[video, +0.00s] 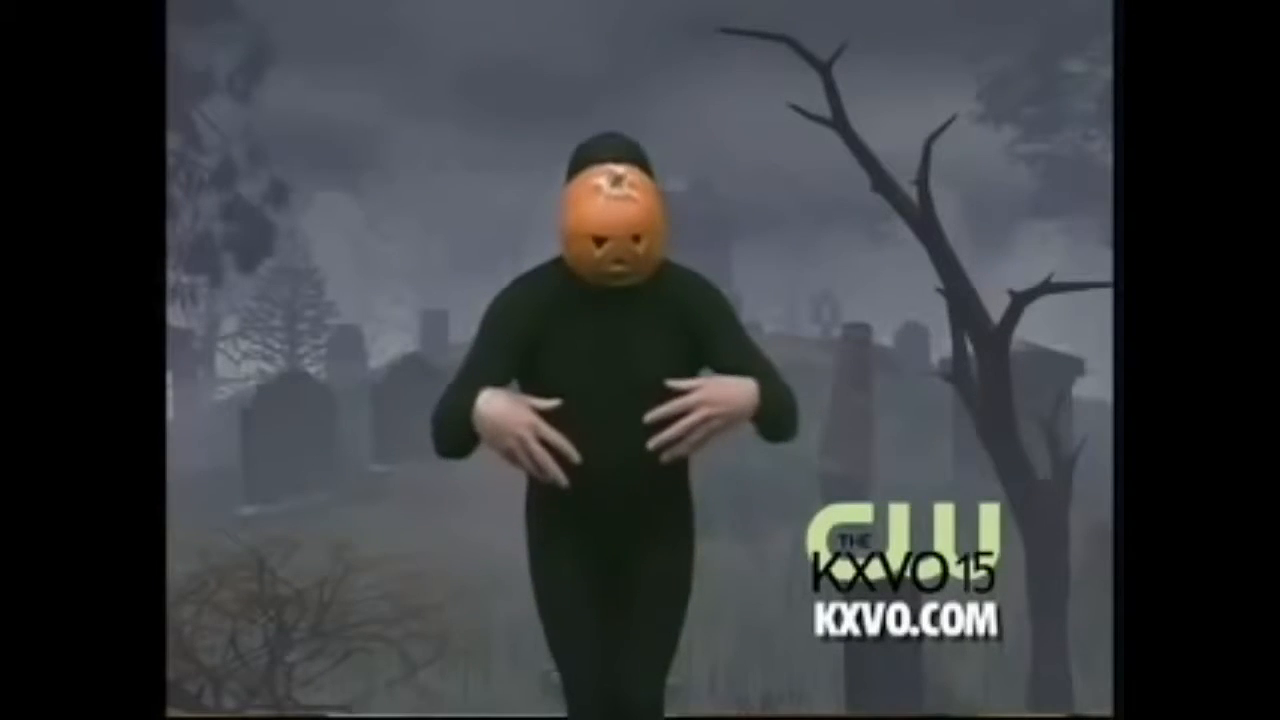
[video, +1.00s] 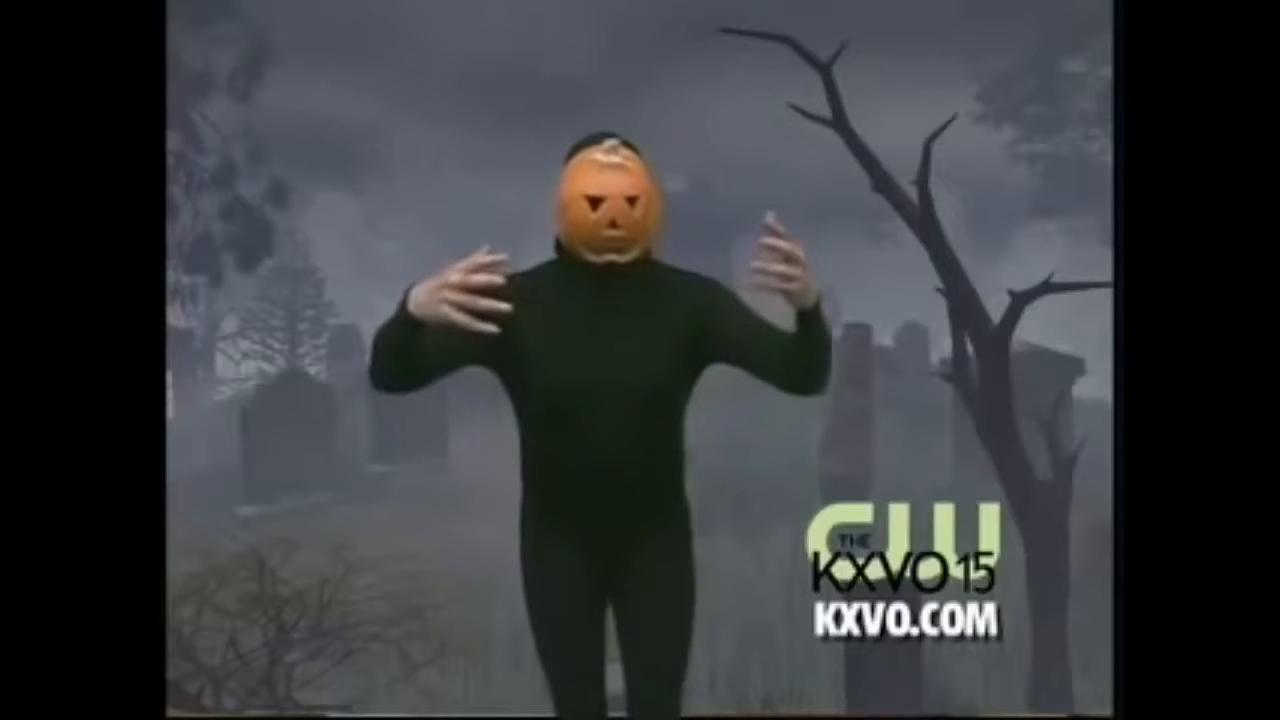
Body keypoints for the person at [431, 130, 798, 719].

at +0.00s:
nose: (614, 191)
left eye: (630, 181)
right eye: (597, 181)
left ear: (658, 203)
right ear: (567, 203)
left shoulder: (691, 299)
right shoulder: (527, 302)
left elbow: (783, 418)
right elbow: (446, 434)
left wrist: (752, 395)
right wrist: (480, 407)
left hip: (658, 528)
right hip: (564, 530)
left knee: (639, 697)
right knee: (590, 697)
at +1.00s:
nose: (614, 216)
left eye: (631, 201)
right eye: (594, 201)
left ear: (655, 211)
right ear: (562, 211)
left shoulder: (691, 302)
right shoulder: (513, 303)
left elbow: (804, 376)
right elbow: (392, 375)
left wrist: (808, 312)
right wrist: (411, 313)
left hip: (655, 542)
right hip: (557, 544)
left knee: (657, 706)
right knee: (577, 705)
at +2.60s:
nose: (618, 189)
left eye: (634, 178)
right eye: (595, 176)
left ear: (657, 208)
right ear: (559, 208)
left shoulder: (700, 288)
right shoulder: (504, 293)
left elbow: (820, 266)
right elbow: (373, 277)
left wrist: (867, 180)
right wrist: (329, 189)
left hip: (663, 557)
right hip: (553, 563)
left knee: (718, 709)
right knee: (562, 711)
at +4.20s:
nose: (613, 187)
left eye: (630, 178)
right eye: (593, 177)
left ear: (658, 200)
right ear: (561, 201)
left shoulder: (691, 268)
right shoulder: (512, 268)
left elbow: (796, 188)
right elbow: (394, 188)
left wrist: (840, 91)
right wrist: (335, 79)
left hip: (664, 560)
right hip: (553, 565)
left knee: (725, 710)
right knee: (546, 713)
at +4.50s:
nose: (618, 189)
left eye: (634, 179)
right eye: (598, 178)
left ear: (660, 200)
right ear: (563, 202)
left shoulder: (690, 267)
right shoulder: (517, 267)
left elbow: (781, 172)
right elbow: (413, 171)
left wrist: (827, 54)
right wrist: (363, 40)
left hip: (666, 560)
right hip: (554, 565)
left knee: (727, 710)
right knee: (545, 711)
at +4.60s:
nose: (619, 190)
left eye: (635, 180)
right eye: (598, 179)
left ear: (661, 202)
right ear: (563, 203)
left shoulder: (689, 267)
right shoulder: (518, 267)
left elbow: (780, 170)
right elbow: (421, 171)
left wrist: (815, 46)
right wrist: (383, 33)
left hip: (666, 560)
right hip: (554, 564)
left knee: (727, 710)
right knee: (545, 711)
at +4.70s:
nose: (619, 191)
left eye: (635, 181)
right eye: (599, 181)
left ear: (661, 203)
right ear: (564, 205)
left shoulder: (689, 268)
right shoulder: (519, 268)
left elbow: (778, 169)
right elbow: (427, 167)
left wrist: (795, 42)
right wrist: (407, 29)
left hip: (667, 561)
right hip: (554, 565)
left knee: (727, 711)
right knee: (546, 711)